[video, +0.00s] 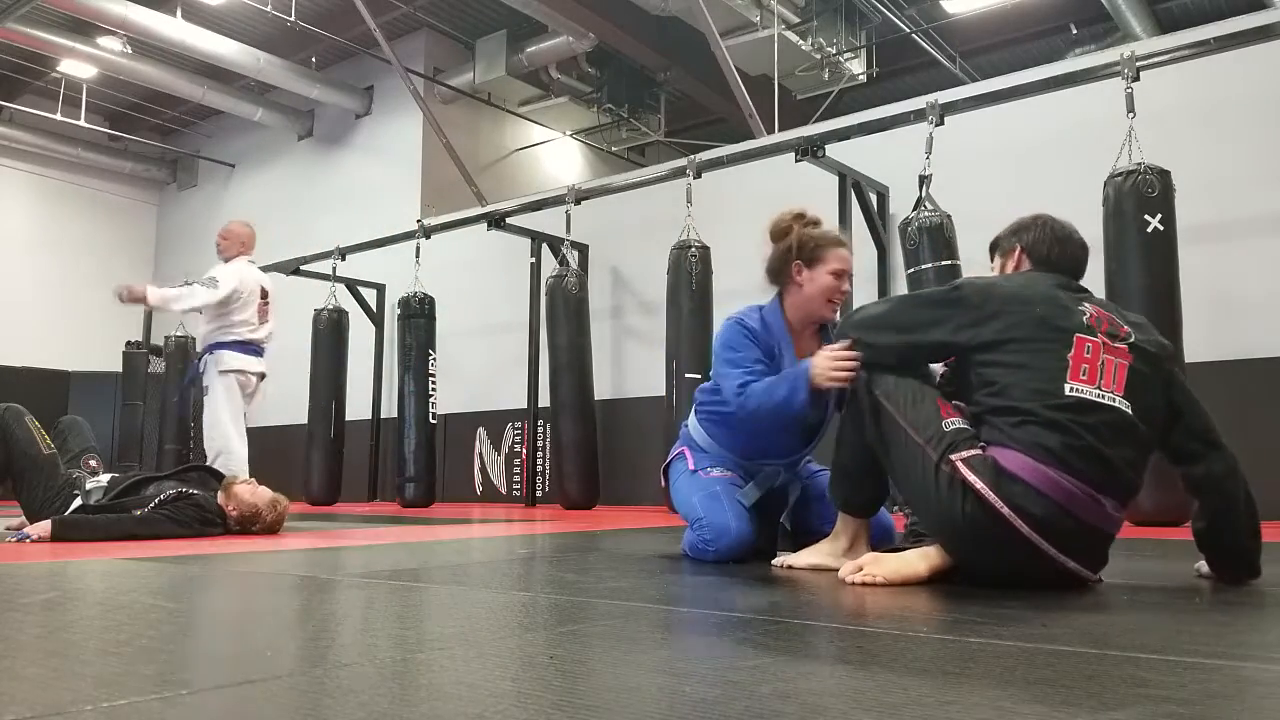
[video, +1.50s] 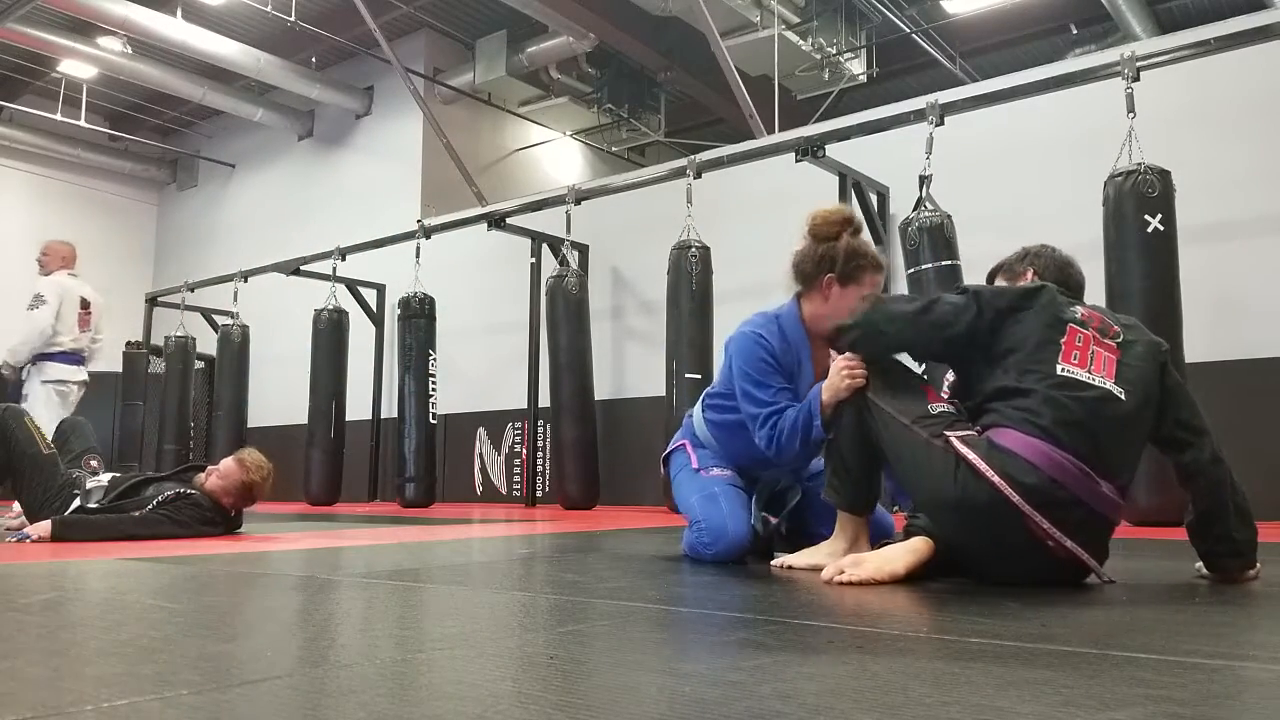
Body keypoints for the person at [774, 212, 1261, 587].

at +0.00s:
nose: (992, 278)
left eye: (995, 267)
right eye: (995, 268)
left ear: (1017, 259)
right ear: (1078, 272)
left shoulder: (996, 295)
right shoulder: (1144, 342)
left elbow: (858, 331)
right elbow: (1215, 468)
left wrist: (934, 384)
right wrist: (1234, 569)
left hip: (979, 511)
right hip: (1066, 562)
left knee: (871, 378)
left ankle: (846, 538)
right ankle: (929, 555)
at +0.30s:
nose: (995, 290)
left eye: (997, 281)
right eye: (998, 282)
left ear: (1018, 271)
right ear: (1082, 284)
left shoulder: (998, 298)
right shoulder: (1149, 345)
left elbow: (866, 334)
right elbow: (1217, 472)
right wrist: (1234, 569)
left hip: (980, 507)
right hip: (1064, 563)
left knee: (881, 373)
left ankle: (848, 537)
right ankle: (930, 551)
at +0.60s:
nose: (981, 301)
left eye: (984, 292)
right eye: (986, 293)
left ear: (1002, 281)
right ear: (1063, 290)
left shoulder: (981, 310)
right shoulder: (1134, 342)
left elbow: (867, 358)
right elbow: (1200, 461)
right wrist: (1232, 564)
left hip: (980, 508)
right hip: (1067, 561)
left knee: (870, 367)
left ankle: (846, 538)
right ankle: (931, 552)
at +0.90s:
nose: (985, 299)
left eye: (988, 291)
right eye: (989, 292)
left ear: (1007, 279)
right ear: (1066, 286)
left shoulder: (987, 304)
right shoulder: (1137, 339)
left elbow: (880, 356)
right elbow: (1194, 458)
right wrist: (1230, 561)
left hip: (989, 504)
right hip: (1070, 558)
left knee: (890, 370)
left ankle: (846, 535)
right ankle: (930, 546)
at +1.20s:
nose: (995, 297)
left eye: (998, 288)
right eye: (997, 290)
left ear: (1021, 276)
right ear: (1082, 287)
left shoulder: (998, 303)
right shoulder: (1148, 341)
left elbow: (865, 338)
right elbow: (1202, 459)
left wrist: (840, 406)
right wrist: (1231, 559)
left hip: (993, 506)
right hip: (1071, 560)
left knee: (870, 366)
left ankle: (849, 535)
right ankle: (921, 547)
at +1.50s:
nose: (992, 306)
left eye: (998, 295)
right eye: (993, 296)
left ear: (1029, 280)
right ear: (1080, 292)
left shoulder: (1015, 302)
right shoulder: (1148, 349)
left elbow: (880, 319)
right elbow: (1204, 462)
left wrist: (844, 343)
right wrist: (1230, 560)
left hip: (974, 502)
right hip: (1060, 561)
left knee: (862, 370)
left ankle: (846, 538)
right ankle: (913, 550)